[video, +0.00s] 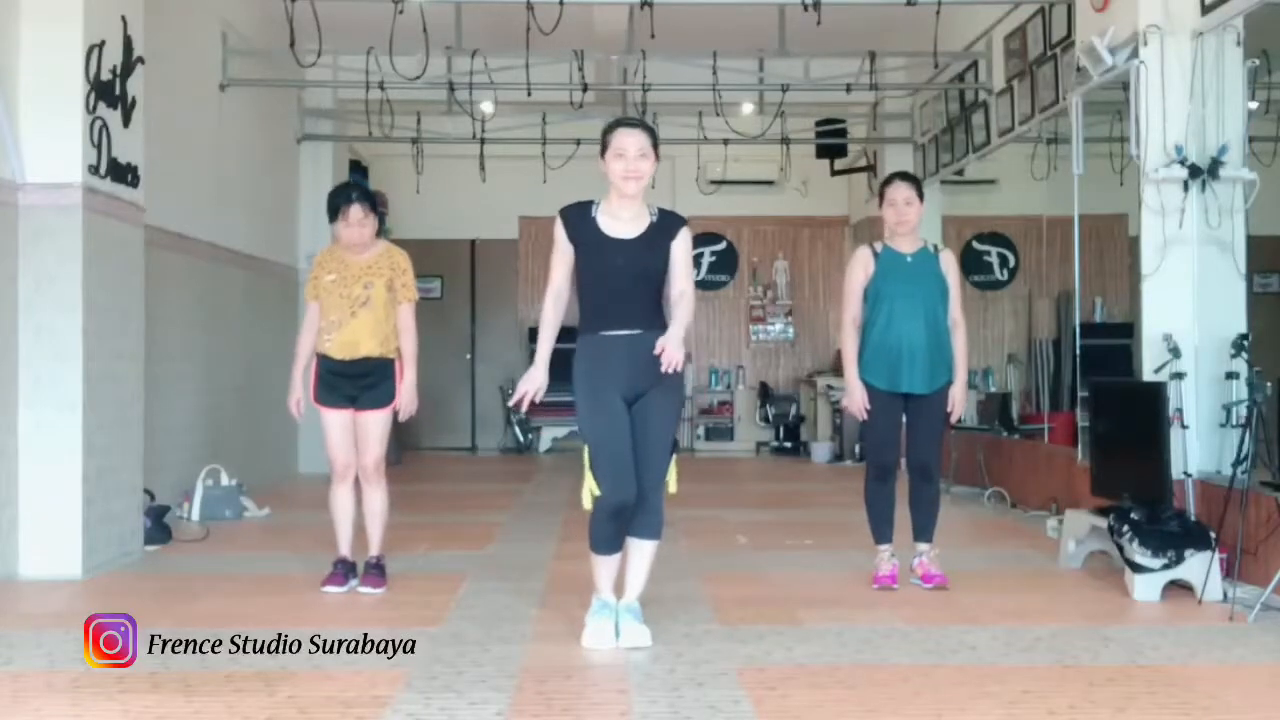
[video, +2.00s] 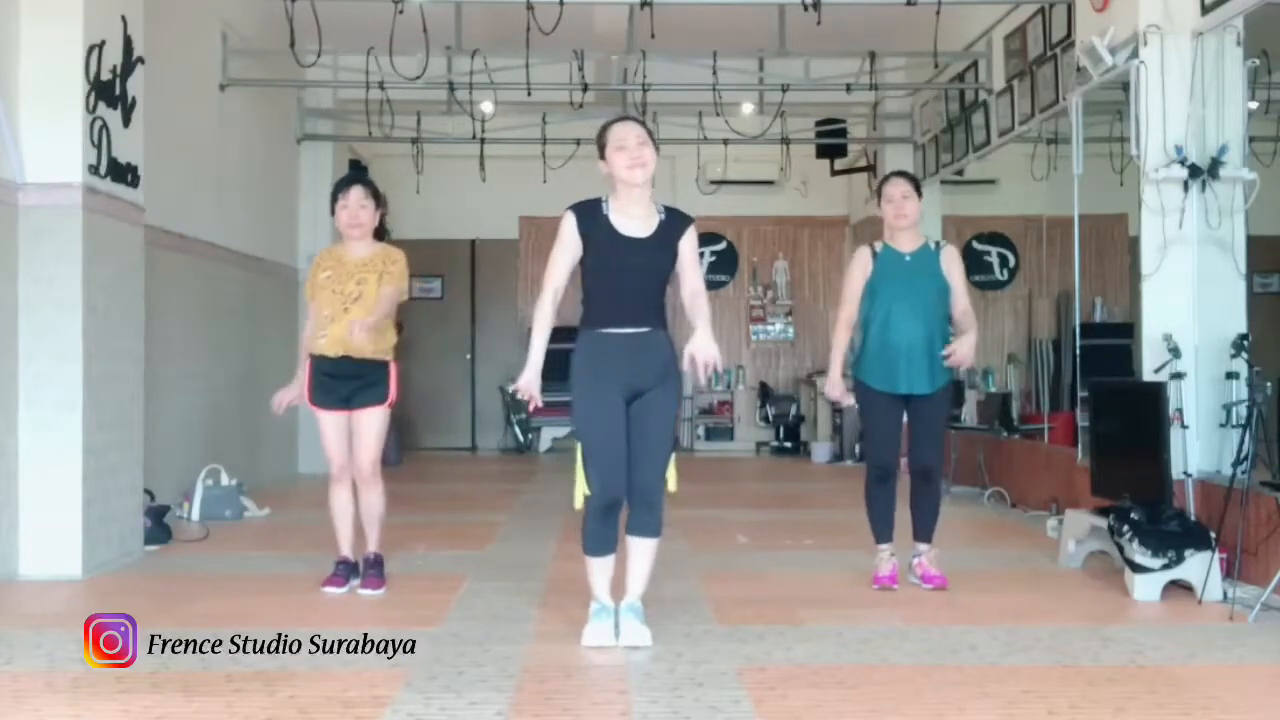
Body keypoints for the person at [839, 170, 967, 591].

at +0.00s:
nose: (899, 210)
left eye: (908, 202)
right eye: (891, 203)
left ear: (922, 208)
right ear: (881, 210)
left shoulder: (944, 259)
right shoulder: (866, 258)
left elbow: (956, 323)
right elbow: (849, 323)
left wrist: (960, 381)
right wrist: (852, 381)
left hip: (932, 382)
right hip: (879, 381)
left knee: (925, 467)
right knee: (881, 467)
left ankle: (924, 553)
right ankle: (884, 554)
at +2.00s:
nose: (898, 205)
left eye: (906, 198)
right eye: (890, 199)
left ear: (921, 204)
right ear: (880, 208)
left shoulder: (945, 256)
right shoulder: (867, 257)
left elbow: (962, 312)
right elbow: (845, 318)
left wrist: (969, 337)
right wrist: (835, 370)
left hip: (932, 380)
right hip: (878, 379)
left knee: (927, 467)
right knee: (881, 465)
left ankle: (923, 553)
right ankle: (884, 554)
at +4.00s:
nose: (908, 204)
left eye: (916, 197)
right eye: (901, 198)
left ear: (933, 205)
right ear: (892, 207)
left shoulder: (956, 255)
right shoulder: (876, 256)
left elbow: (973, 308)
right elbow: (854, 314)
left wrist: (986, 348)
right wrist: (842, 369)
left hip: (941, 380)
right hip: (887, 379)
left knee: (933, 466)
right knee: (888, 465)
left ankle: (925, 552)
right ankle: (887, 552)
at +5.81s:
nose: (896, 210)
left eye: (904, 202)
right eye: (888, 203)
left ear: (918, 208)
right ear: (877, 211)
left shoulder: (940, 258)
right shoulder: (862, 258)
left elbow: (964, 310)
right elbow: (843, 318)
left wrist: (976, 346)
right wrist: (830, 374)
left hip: (928, 379)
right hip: (874, 379)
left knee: (930, 465)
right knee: (880, 465)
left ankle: (924, 552)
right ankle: (884, 554)